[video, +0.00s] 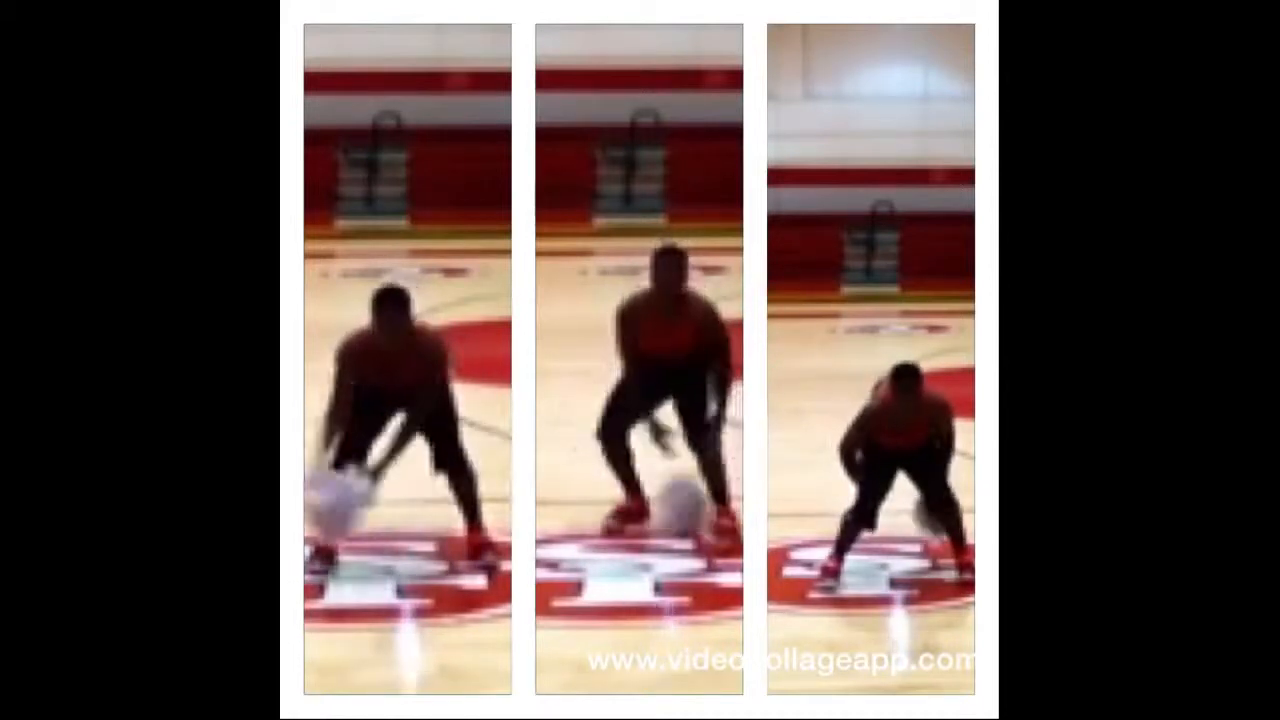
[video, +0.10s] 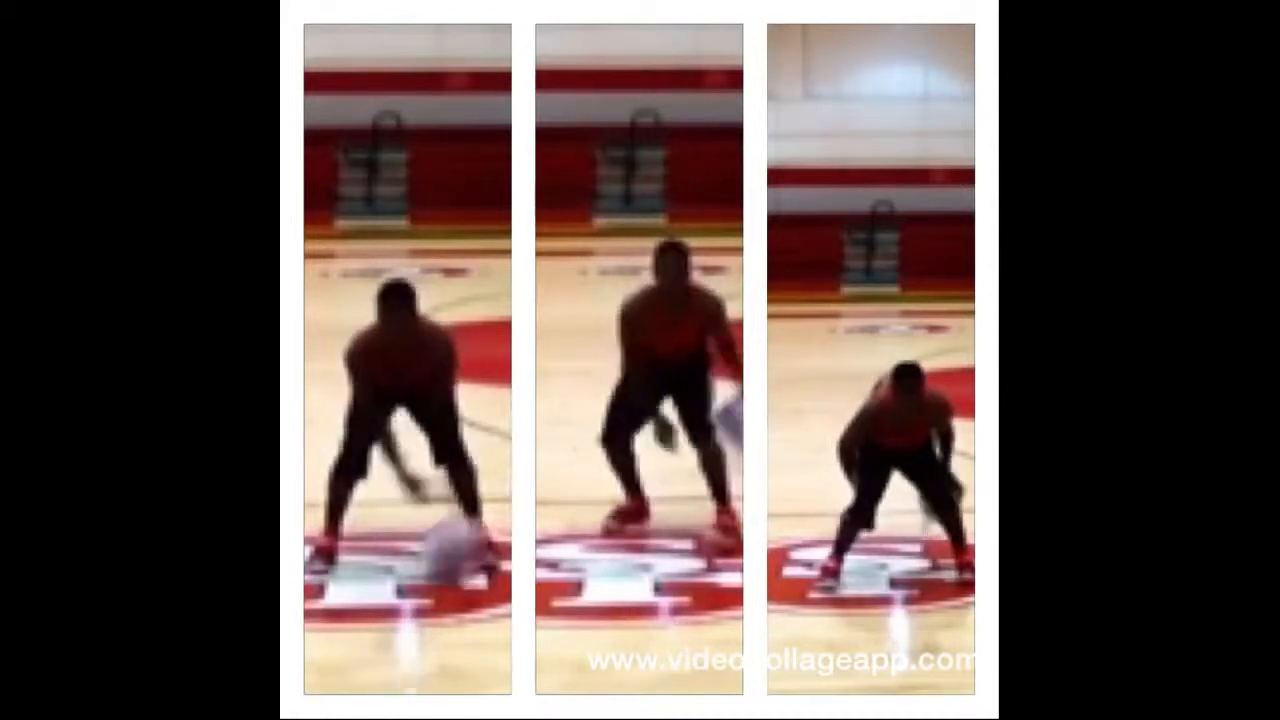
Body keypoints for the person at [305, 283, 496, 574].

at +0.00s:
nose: (391, 333)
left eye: (398, 325)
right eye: (385, 324)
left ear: (409, 319)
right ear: (374, 320)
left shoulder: (430, 347)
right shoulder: (355, 350)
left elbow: (418, 417)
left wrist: (381, 468)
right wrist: (325, 451)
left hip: (425, 397)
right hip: (376, 398)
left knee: (454, 462)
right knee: (346, 460)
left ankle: (476, 534)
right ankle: (327, 543)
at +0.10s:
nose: (398, 327)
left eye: (405, 316)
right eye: (390, 317)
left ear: (415, 313)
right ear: (380, 315)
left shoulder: (437, 343)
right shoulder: (363, 350)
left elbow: (445, 410)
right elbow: (379, 424)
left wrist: (445, 457)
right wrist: (403, 474)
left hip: (425, 392)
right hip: (375, 396)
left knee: (456, 458)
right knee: (350, 462)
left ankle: (477, 531)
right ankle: (329, 538)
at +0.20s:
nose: (409, 336)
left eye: (414, 325)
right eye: (400, 328)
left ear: (423, 321)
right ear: (388, 325)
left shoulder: (442, 348)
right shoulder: (369, 360)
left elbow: (481, 397)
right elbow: (396, 425)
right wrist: (439, 467)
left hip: (424, 395)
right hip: (377, 401)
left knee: (458, 463)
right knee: (351, 470)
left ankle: (476, 534)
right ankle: (330, 537)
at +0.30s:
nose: (408, 338)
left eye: (414, 327)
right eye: (400, 329)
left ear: (424, 322)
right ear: (389, 325)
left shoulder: (443, 349)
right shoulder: (370, 360)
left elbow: (475, 397)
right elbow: (385, 429)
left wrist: (501, 440)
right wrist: (423, 476)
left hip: (422, 390)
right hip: (375, 395)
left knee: (457, 460)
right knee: (353, 465)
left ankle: (476, 534)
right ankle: (330, 537)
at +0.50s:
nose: (394, 335)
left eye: (400, 325)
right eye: (387, 326)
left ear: (410, 320)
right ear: (376, 321)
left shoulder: (433, 346)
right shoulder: (356, 350)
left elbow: (417, 415)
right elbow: (335, 407)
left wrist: (373, 458)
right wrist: (308, 461)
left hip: (422, 395)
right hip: (374, 396)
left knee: (451, 456)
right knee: (348, 463)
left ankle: (477, 530)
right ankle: (328, 540)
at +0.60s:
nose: (395, 332)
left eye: (402, 322)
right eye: (388, 323)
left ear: (412, 316)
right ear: (377, 317)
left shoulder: (433, 344)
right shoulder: (356, 349)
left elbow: (432, 416)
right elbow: (352, 416)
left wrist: (410, 467)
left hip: (422, 393)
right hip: (373, 394)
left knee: (451, 457)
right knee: (345, 460)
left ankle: (477, 530)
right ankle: (329, 536)